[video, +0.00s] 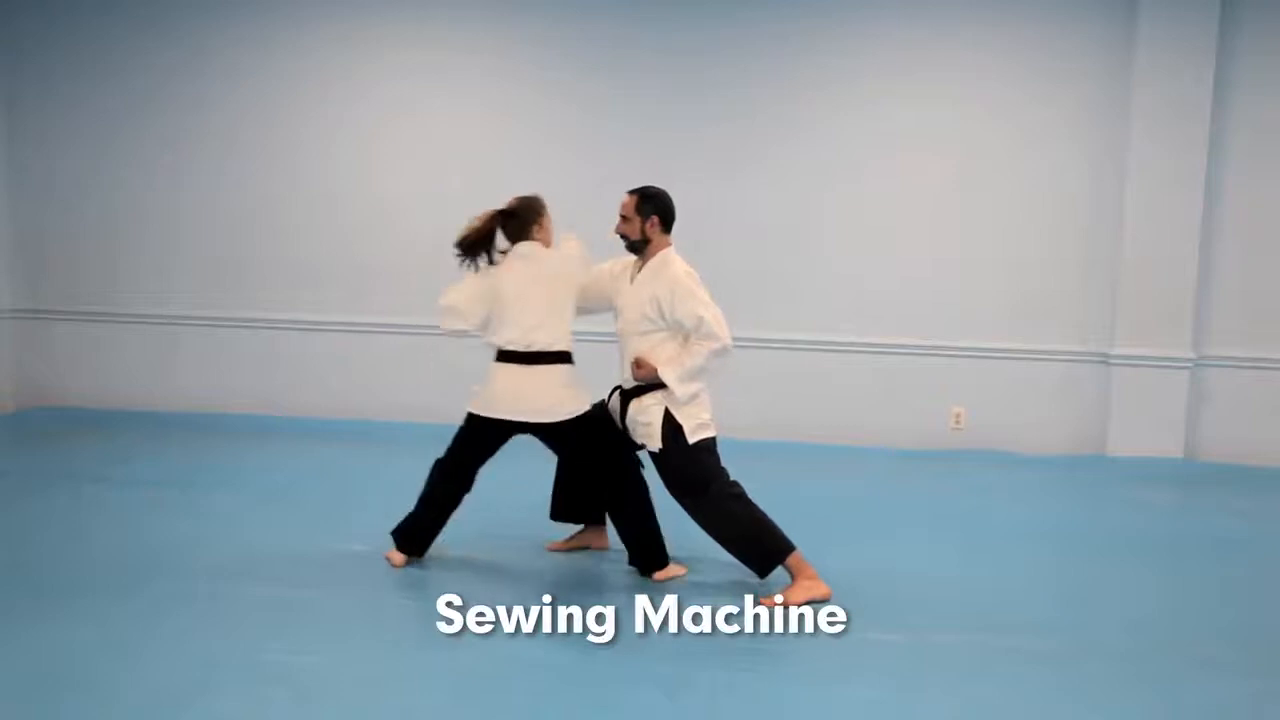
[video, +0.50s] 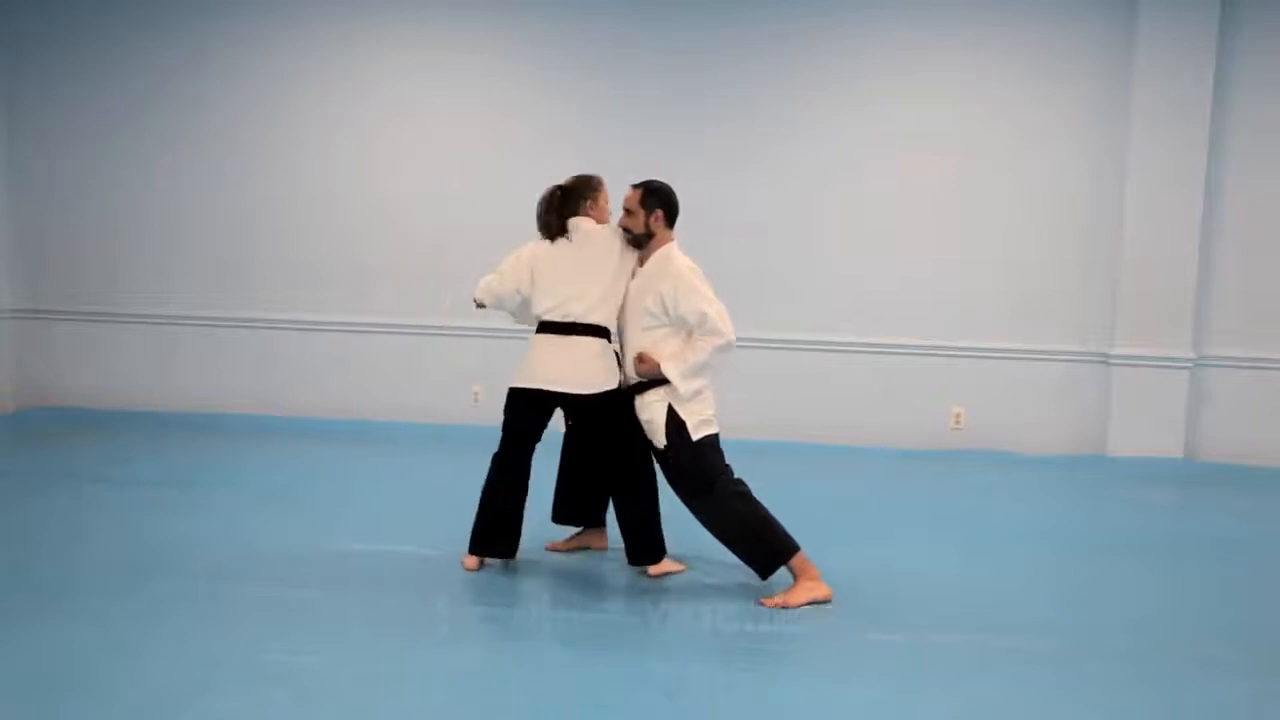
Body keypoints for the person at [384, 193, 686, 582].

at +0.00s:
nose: (552, 229)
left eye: (548, 222)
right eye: (548, 222)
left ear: (511, 232)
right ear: (538, 228)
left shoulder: (494, 274)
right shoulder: (565, 263)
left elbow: (453, 314)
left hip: (501, 396)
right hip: (557, 397)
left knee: (454, 468)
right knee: (620, 467)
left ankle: (406, 548)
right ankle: (654, 563)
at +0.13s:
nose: (590, 213)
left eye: (586, 206)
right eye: (585, 207)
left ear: (551, 222)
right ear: (574, 217)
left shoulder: (533, 268)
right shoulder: (613, 257)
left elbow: (481, 306)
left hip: (534, 385)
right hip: (591, 386)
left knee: (489, 465)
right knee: (635, 466)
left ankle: (434, 546)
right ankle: (659, 562)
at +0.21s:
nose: (607, 209)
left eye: (603, 201)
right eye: (601, 203)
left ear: (564, 215)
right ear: (588, 212)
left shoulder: (541, 258)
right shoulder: (623, 250)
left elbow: (500, 299)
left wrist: (478, 291)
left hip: (542, 377)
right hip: (599, 381)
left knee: (507, 458)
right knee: (637, 464)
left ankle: (470, 548)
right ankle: (661, 562)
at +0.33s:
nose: (610, 206)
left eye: (607, 199)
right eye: (606, 201)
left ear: (569, 210)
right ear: (593, 207)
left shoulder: (545, 253)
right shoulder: (626, 248)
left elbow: (499, 293)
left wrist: (483, 285)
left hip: (545, 373)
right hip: (603, 376)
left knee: (516, 458)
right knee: (637, 464)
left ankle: (479, 548)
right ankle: (659, 560)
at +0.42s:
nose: (611, 207)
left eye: (609, 200)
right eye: (607, 202)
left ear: (569, 210)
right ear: (593, 207)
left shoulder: (542, 251)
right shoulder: (623, 246)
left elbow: (493, 293)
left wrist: (541, 305)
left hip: (541, 374)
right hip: (599, 379)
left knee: (512, 458)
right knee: (634, 464)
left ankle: (478, 548)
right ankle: (657, 560)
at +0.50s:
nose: (611, 209)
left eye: (609, 202)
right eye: (607, 203)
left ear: (568, 210)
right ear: (592, 207)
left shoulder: (538, 251)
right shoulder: (620, 243)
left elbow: (489, 293)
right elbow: (662, 243)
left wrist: (537, 310)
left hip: (537, 373)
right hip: (595, 378)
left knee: (511, 457)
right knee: (631, 461)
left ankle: (479, 550)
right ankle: (650, 557)